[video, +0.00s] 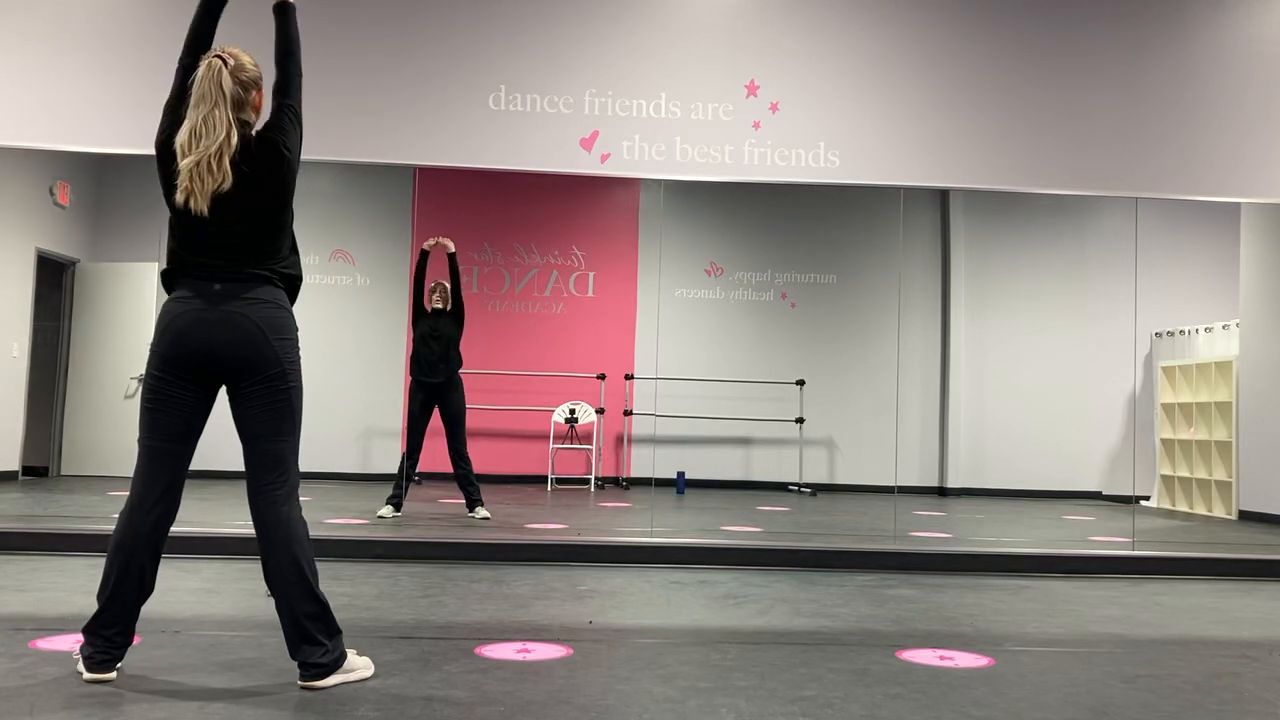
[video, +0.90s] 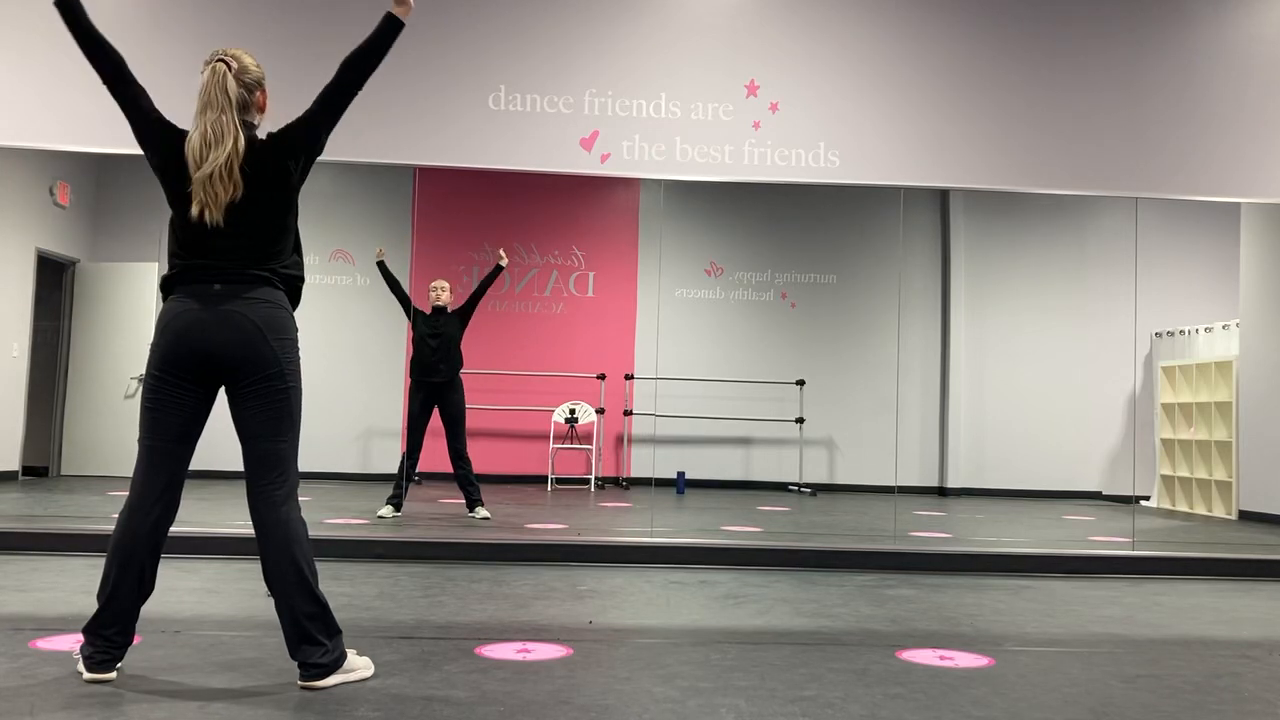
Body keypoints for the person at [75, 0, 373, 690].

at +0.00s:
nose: (264, 99)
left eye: (257, 88)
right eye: (262, 89)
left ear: (197, 93)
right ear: (253, 97)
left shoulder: (175, 146)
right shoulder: (274, 147)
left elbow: (192, 60)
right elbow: (288, 77)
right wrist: (286, 2)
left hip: (183, 319)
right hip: (262, 320)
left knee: (152, 488)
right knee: (276, 494)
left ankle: (102, 647)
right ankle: (318, 656)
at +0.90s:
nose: (268, 99)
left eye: (261, 89)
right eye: (265, 90)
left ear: (205, 97)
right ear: (258, 98)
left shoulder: (177, 153)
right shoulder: (283, 154)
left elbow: (119, 78)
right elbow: (342, 89)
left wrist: (67, 4)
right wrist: (397, 16)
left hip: (183, 320)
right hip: (263, 321)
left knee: (152, 488)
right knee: (275, 495)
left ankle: (102, 648)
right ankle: (319, 657)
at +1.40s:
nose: (266, 101)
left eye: (261, 91)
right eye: (263, 92)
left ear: (203, 98)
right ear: (253, 99)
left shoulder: (167, 156)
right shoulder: (285, 160)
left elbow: (77, 129)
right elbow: (371, 136)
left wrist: (2, 92)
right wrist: (455, 103)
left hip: (182, 318)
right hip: (261, 318)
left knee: (150, 491)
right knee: (275, 493)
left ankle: (101, 650)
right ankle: (319, 656)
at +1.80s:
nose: (263, 101)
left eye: (259, 93)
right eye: (261, 93)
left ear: (199, 99)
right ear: (251, 99)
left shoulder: (166, 167)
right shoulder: (280, 164)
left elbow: (80, 195)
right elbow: (370, 189)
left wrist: (4, 210)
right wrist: (463, 204)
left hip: (180, 321)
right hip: (259, 320)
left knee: (151, 489)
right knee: (275, 492)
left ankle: (102, 649)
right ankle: (319, 656)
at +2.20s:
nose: (262, 105)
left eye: (258, 94)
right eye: (260, 95)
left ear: (198, 96)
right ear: (250, 99)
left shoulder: (161, 170)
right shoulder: (280, 170)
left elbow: (110, 247)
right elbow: (341, 242)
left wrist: (46, 307)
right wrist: (407, 304)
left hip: (180, 325)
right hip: (261, 327)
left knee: (150, 489)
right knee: (274, 495)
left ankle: (102, 649)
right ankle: (318, 656)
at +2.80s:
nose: (258, 101)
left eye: (254, 91)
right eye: (256, 92)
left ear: (194, 94)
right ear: (246, 96)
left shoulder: (155, 166)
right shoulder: (278, 164)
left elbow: (143, 268)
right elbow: (293, 265)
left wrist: (124, 347)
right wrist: (299, 345)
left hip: (165, 327)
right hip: (252, 328)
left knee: (148, 490)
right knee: (271, 497)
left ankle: (102, 649)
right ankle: (317, 655)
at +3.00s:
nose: (256, 102)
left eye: (253, 92)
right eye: (254, 93)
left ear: (191, 94)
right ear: (245, 97)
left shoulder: (153, 164)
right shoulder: (276, 163)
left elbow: (147, 255)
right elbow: (297, 260)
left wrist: (176, 298)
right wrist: (256, 302)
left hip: (165, 323)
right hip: (249, 323)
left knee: (139, 488)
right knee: (280, 493)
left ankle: (97, 649)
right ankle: (321, 656)